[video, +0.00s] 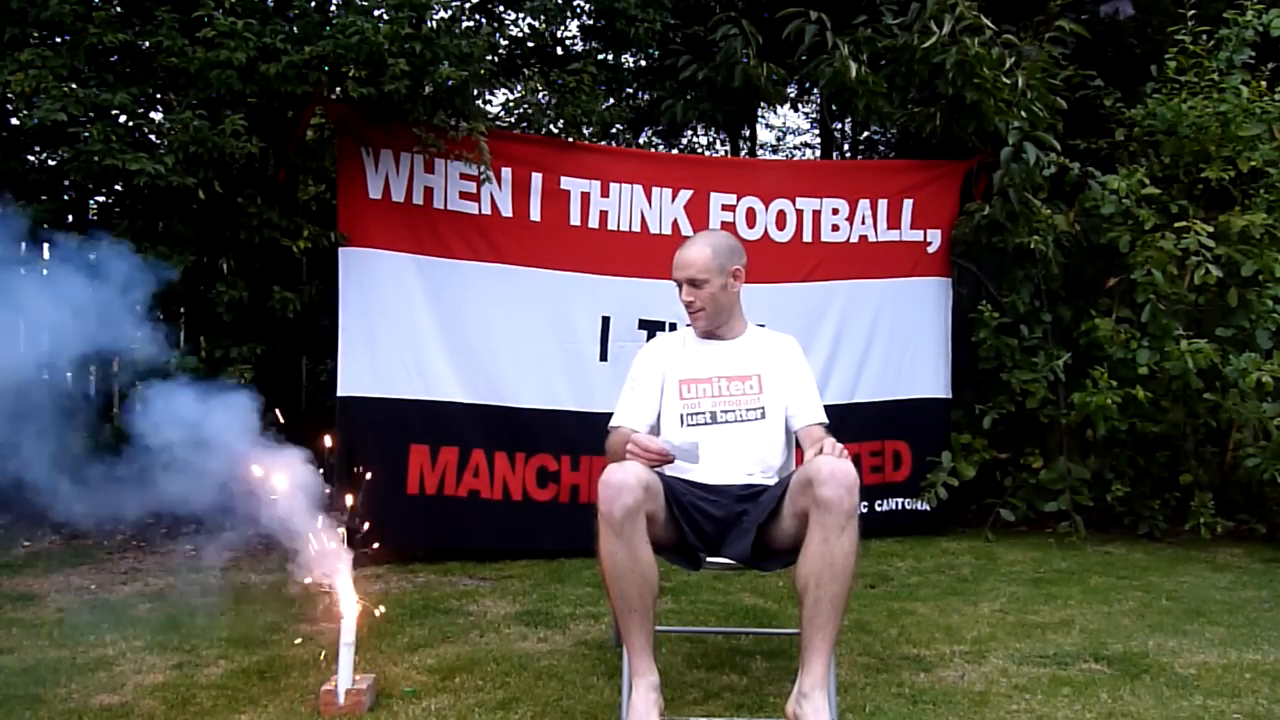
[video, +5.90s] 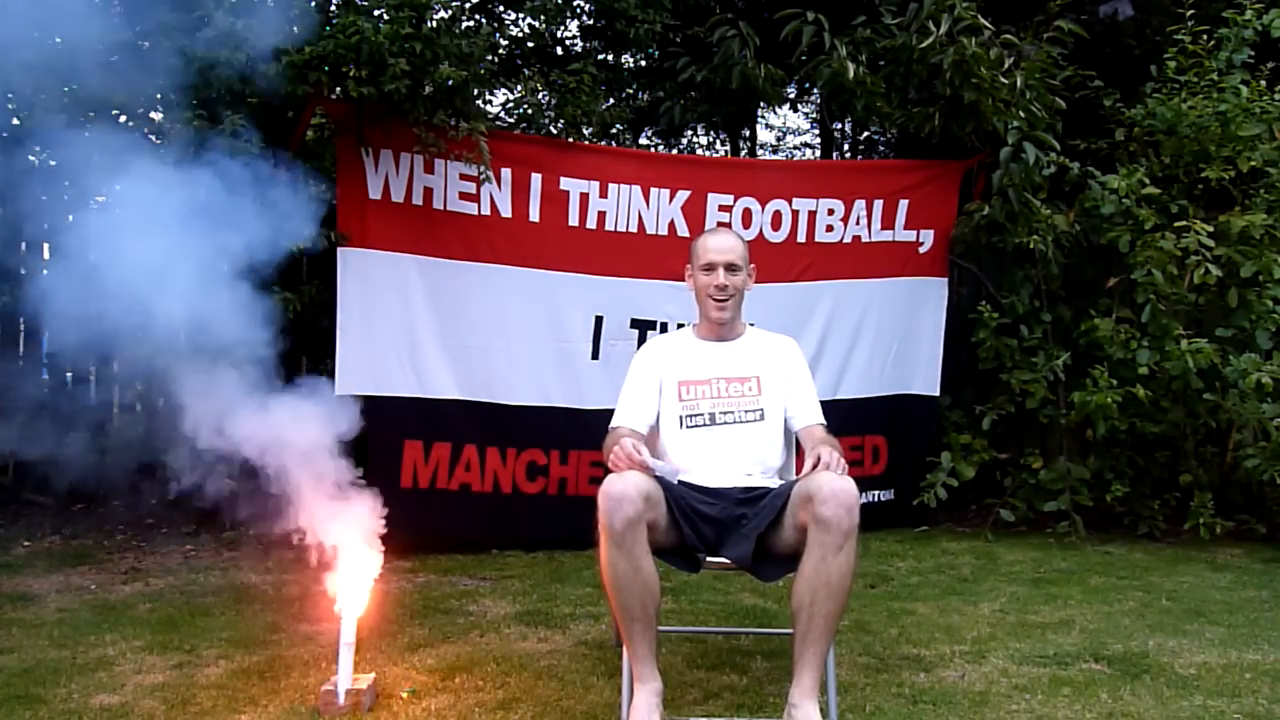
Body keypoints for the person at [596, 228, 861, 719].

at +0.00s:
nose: (686, 298)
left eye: (697, 284)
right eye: (679, 286)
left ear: (736, 279)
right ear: (675, 285)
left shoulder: (782, 350)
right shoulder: (659, 353)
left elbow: (812, 439)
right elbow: (615, 442)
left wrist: (824, 449)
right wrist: (634, 445)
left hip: (768, 504)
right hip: (680, 503)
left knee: (837, 477)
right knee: (617, 484)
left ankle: (812, 689)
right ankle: (642, 682)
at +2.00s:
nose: (716, 286)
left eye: (727, 274)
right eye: (703, 274)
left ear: (746, 278)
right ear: (687, 281)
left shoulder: (781, 349)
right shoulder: (656, 352)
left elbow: (811, 437)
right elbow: (614, 449)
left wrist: (823, 449)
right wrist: (635, 437)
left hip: (767, 504)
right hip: (678, 503)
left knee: (834, 478)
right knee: (617, 483)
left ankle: (812, 690)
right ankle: (642, 681)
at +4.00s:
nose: (720, 282)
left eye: (731, 270)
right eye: (707, 271)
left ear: (749, 277)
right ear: (690, 278)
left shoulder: (784, 350)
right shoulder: (658, 352)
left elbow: (814, 434)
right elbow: (623, 436)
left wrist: (824, 448)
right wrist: (620, 443)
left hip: (768, 504)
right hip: (680, 503)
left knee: (836, 484)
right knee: (619, 490)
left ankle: (807, 694)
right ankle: (645, 686)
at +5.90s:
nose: (721, 281)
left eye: (732, 269)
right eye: (709, 269)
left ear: (749, 278)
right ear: (690, 278)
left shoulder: (782, 351)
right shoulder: (657, 353)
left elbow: (814, 434)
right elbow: (621, 437)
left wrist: (825, 448)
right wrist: (622, 445)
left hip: (767, 503)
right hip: (680, 501)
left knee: (838, 494)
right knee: (617, 493)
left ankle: (804, 698)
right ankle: (645, 687)